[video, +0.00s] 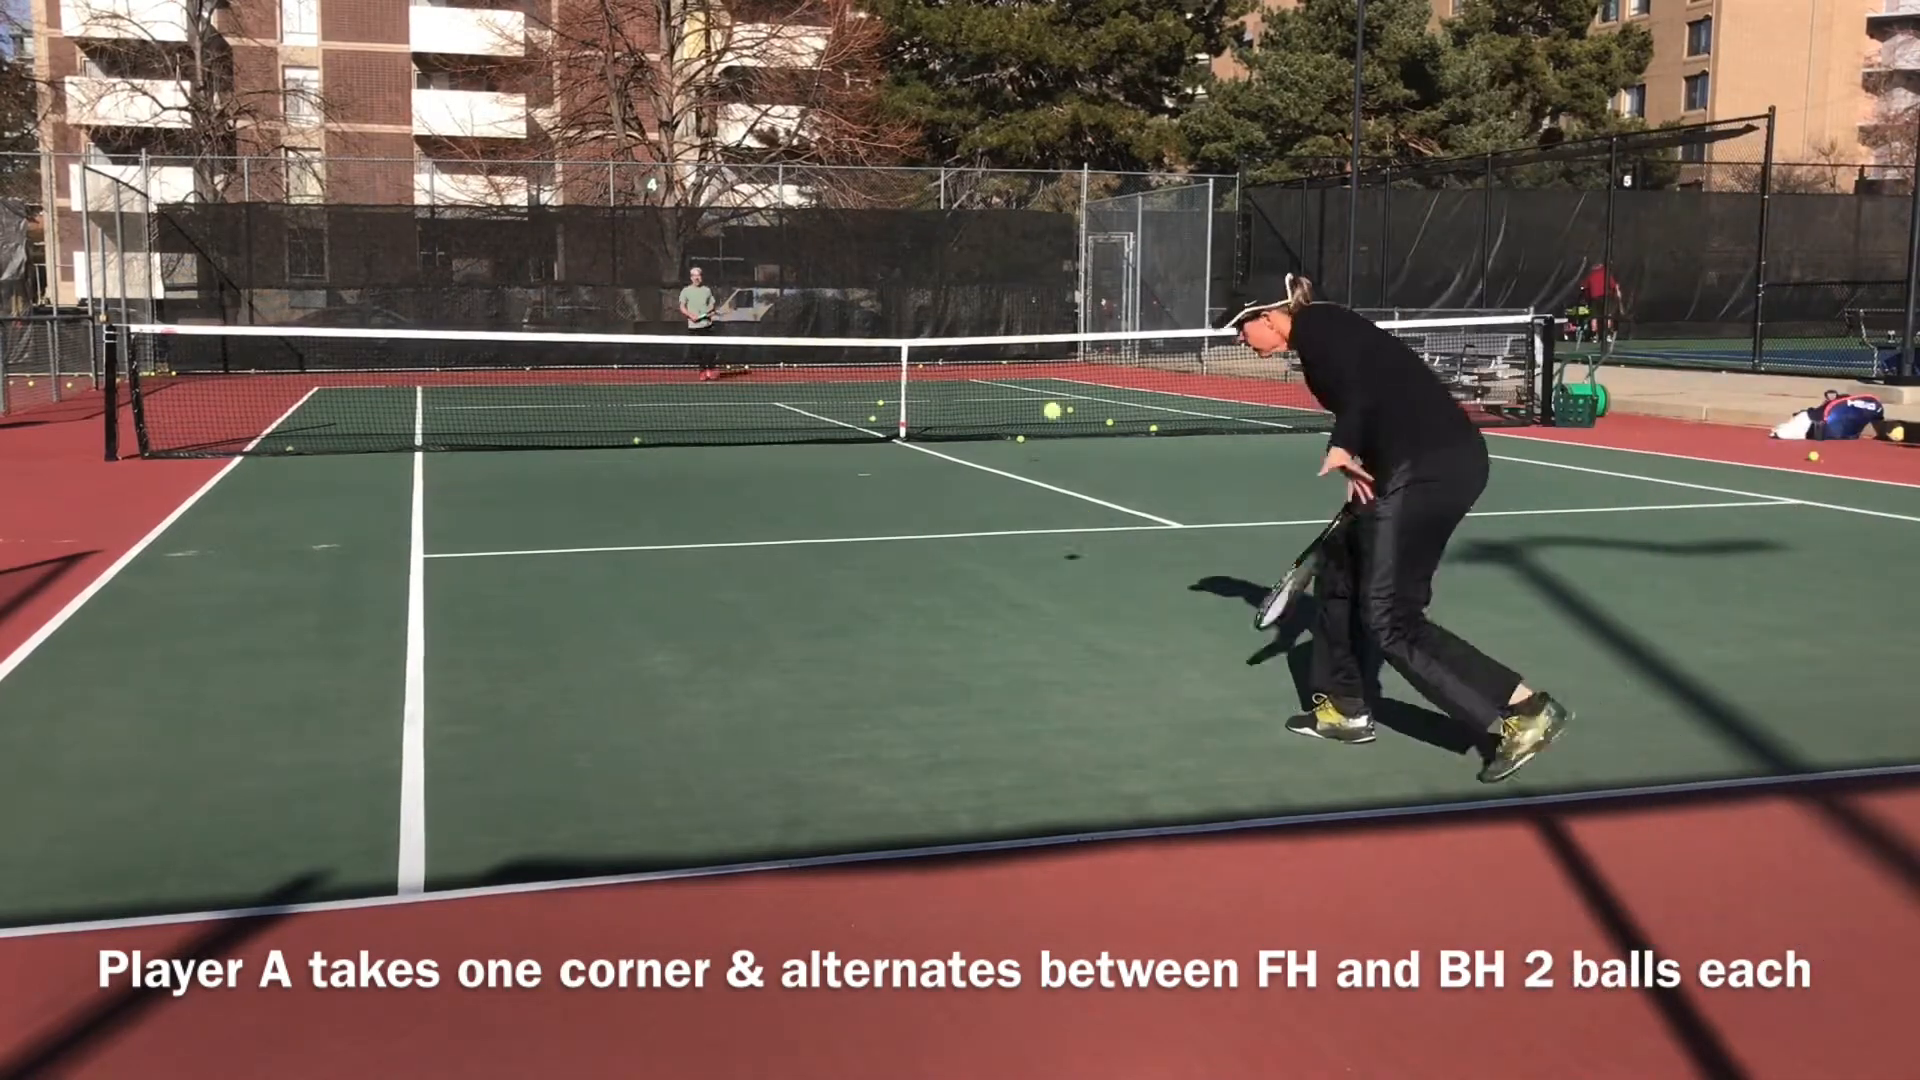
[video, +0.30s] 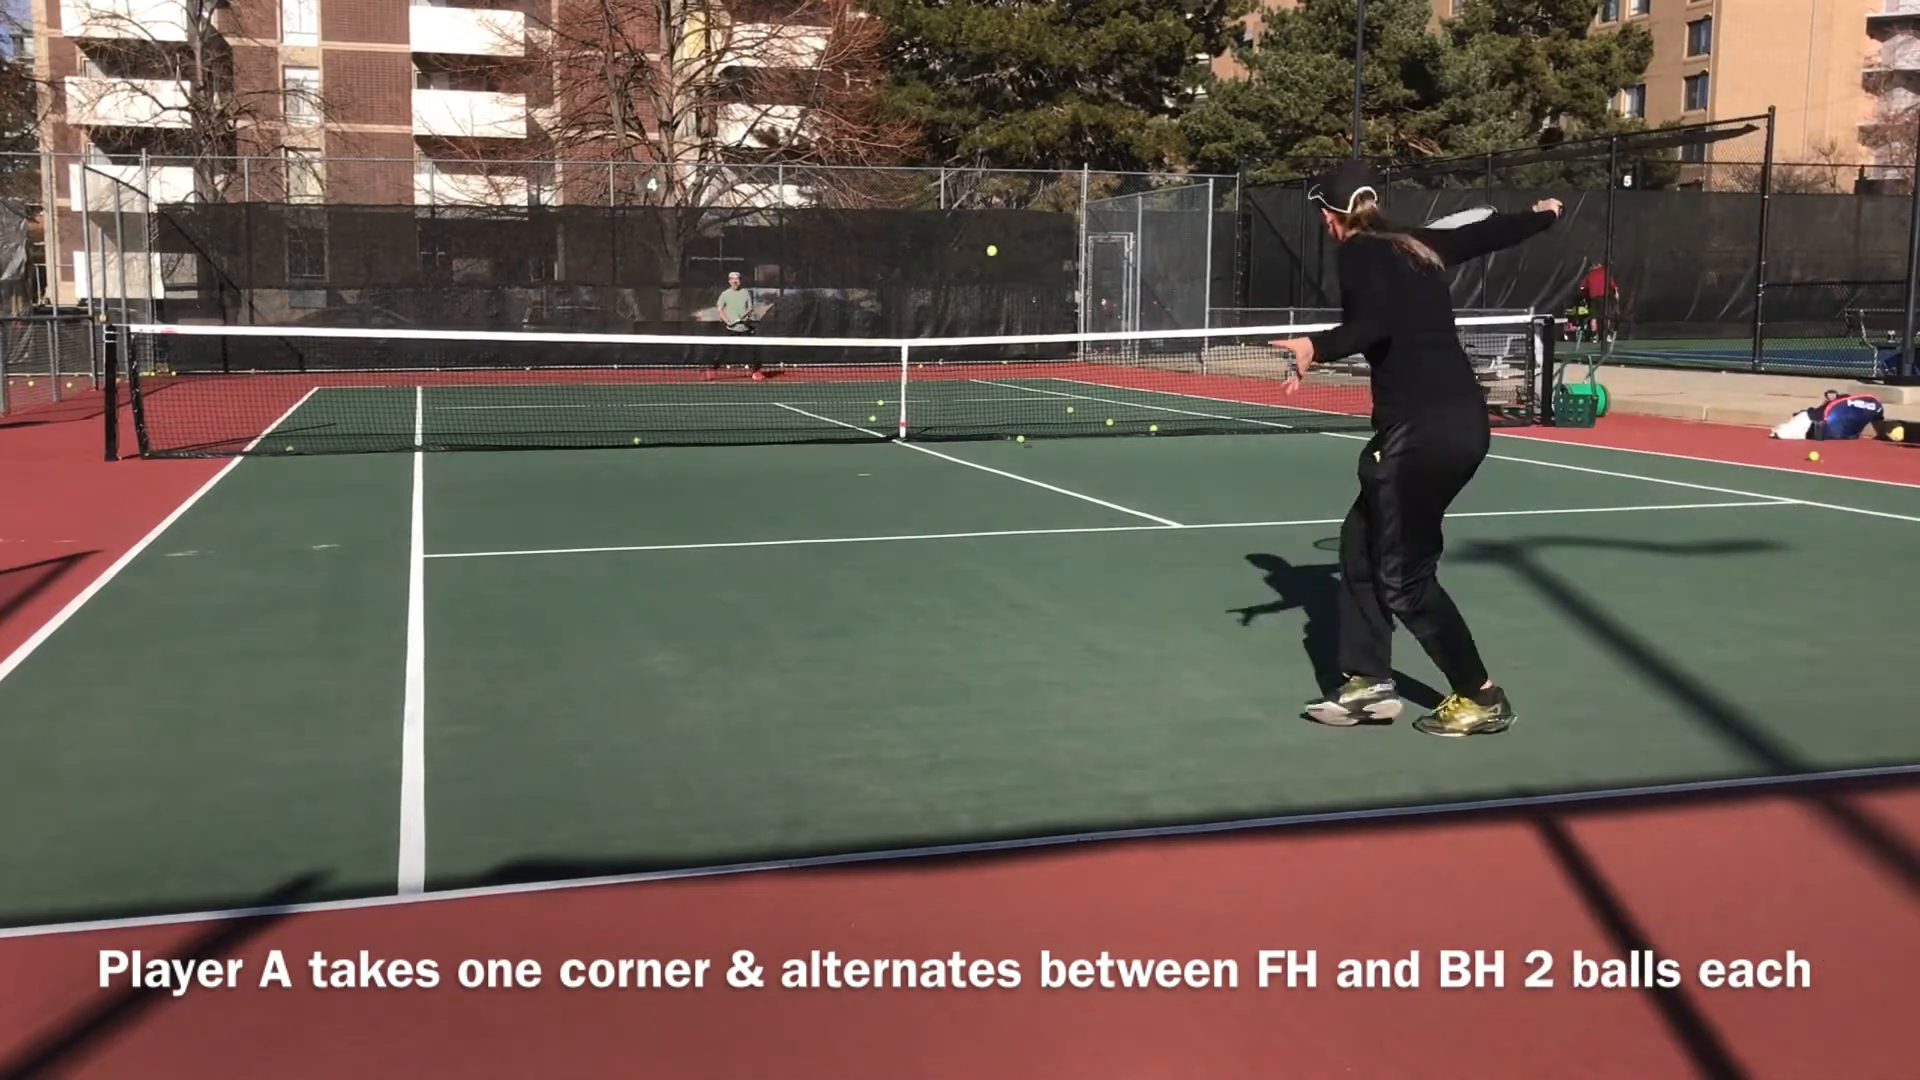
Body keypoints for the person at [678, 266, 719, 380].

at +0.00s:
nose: (696, 278)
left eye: (698, 275)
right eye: (694, 275)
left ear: (701, 277)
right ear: (690, 277)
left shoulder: (706, 290)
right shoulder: (685, 291)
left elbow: (712, 303)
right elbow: (682, 307)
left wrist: (708, 311)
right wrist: (691, 316)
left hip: (706, 324)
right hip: (694, 325)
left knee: (709, 347)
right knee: (697, 348)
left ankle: (710, 369)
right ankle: (702, 369)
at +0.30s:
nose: (736, 281)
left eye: (737, 279)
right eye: (733, 279)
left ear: (740, 280)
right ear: (729, 281)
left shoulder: (745, 293)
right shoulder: (725, 294)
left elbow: (750, 307)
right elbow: (720, 308)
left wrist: (745, 315)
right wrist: (726, 320)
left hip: (744, 326)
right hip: (730, 327)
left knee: (754, 348)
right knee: (723, 348)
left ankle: (756, 370)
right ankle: (713, 370)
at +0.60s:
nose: (774, 283)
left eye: (776, 281)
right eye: (772, 281)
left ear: (779, 283)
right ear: (768, 283)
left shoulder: (780, 296)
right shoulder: (763, 295)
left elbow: (783, 310)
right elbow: (757, 312)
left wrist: (780, 319)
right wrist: (769, 322)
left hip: (778, 327)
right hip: (765, 327)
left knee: (783, 349)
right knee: (761, 349)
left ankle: (783, 370)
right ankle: (752, 369)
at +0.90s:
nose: (809, 289)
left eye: (811, 287)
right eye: (807, 287)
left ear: (812, 288)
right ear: (802, 287)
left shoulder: (807, 300)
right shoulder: (798, 299)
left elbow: (805, 315)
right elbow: (798, 316)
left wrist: (811, 323)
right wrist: (808, 327)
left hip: (803, 331)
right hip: (794, 332)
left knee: (813, 350)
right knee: (792, 354)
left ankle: (816, 370)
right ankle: (778, 366)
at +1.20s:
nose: (839, 296)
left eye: (840, 294)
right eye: (837, 293)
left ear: (841, 295)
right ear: (832, 294)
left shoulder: (827, 304)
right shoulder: (831, 305)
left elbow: (829, 322)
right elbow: (832, 322)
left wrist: (836, 332)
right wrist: (838, 333)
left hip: (821, 334)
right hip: (825, 334)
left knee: (833, 354)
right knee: (844, 347)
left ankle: (820, 370)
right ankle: (848, 370)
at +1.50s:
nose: (875, 304)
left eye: (875, 302)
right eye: (873, 302)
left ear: (866, 302)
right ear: (866, 302)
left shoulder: (857, 310)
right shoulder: (866, 314)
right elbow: (869, 332)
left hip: (849, 339)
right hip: (857, 339)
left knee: (849, 361)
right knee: (874, 353)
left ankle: (829, 367)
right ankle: (875, 374)